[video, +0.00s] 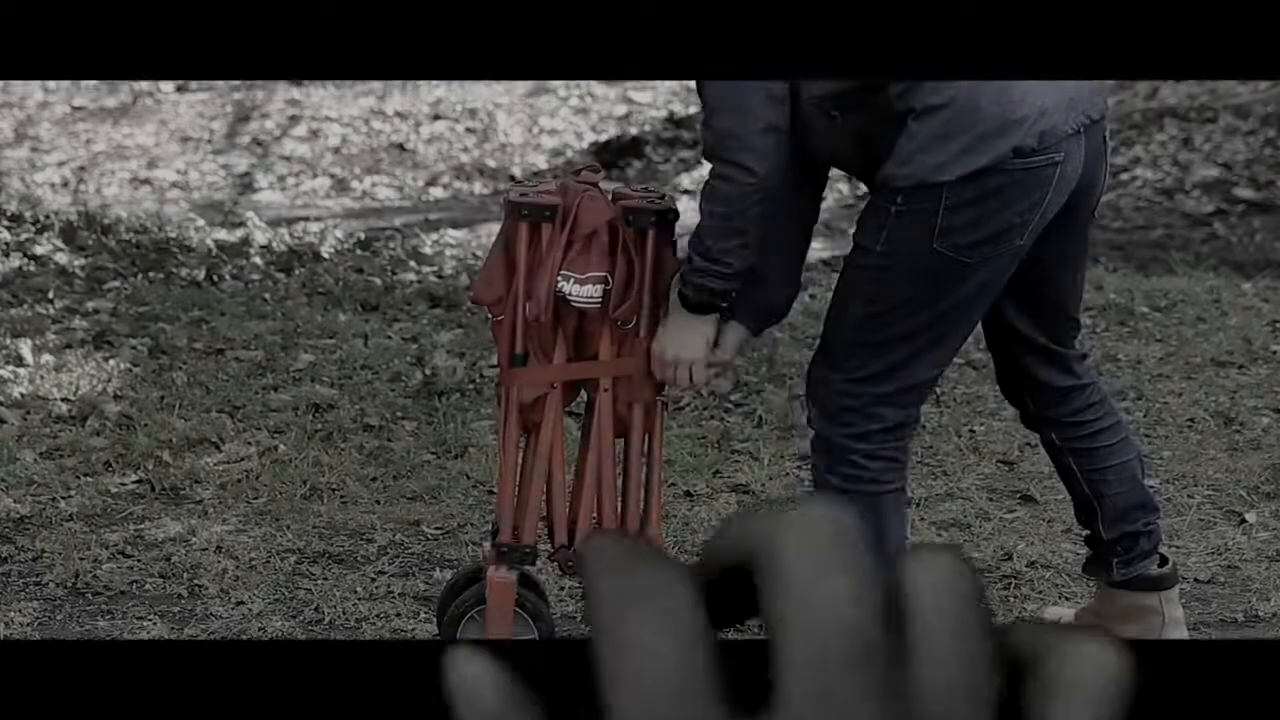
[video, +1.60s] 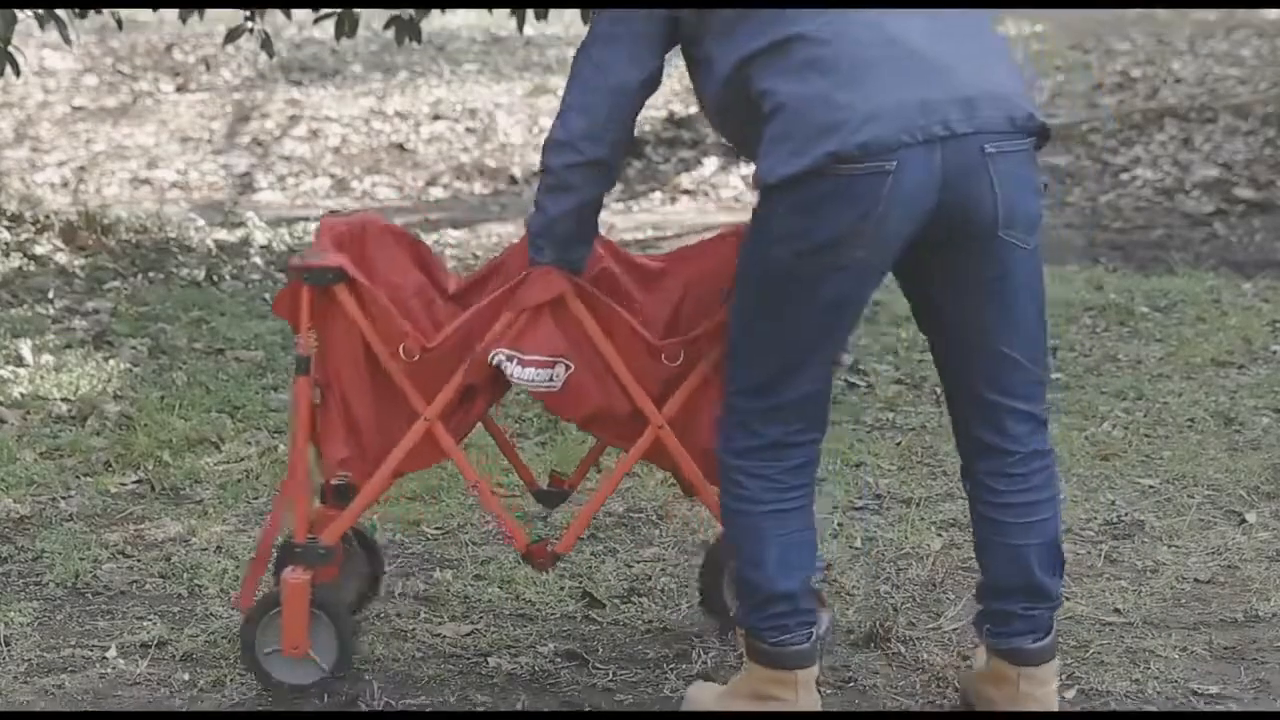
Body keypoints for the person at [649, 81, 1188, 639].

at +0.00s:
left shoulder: (739, 80)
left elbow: (749, 159)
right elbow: (791, 168)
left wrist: (693, 299)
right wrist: (744, 313)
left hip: (965, 152)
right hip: (1072, 126)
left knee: (856, 406)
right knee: (1047, 366)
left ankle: (860, 647)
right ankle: (1138, 589)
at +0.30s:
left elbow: (694, 158)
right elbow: (790, 130)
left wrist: (664, 314)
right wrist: (737, 273)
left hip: (933, 141)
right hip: (1046, 112)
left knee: (838, 403)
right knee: (1050, 366)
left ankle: (856, 632)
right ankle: (1137, 599)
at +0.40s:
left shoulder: (686, 62)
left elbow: (687, 143)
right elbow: (756, 143)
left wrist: (589, 294)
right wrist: (655, 225)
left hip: (924, 140)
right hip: (1030, 104)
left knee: (832, 408)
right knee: (1051, 366)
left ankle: (855, 636)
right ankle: (1129, 599)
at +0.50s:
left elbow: (675, 126)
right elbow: (740, 125)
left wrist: (539, 204)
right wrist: (575, 183)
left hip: (909, 137)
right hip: (1018, 104)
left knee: (828, 407)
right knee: (1047, 365)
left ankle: (856, 639)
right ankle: (1124, 603)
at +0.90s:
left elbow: (597, 78)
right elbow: (818, 90)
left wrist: (510, 172)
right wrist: (693, 164)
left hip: (914, 149)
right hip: (1036, 121)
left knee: (839, 415)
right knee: (990, 390)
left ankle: (853, 648)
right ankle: (1019, 639)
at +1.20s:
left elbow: (632, 51)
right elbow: (891, 87)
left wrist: (555, 144)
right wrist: (777, 166)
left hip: (932, 147)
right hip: (1065, 140)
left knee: (804, 394)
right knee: (1017, 423)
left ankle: (845, 652)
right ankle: (1013, 663)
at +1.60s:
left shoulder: (656, 8)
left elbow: (596, 105)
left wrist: (557, 247)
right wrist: (790, 229)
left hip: (845, 159)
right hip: (995, 146)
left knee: (772, 438)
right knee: (1011, 434)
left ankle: (780, 674)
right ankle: (1025, 669)